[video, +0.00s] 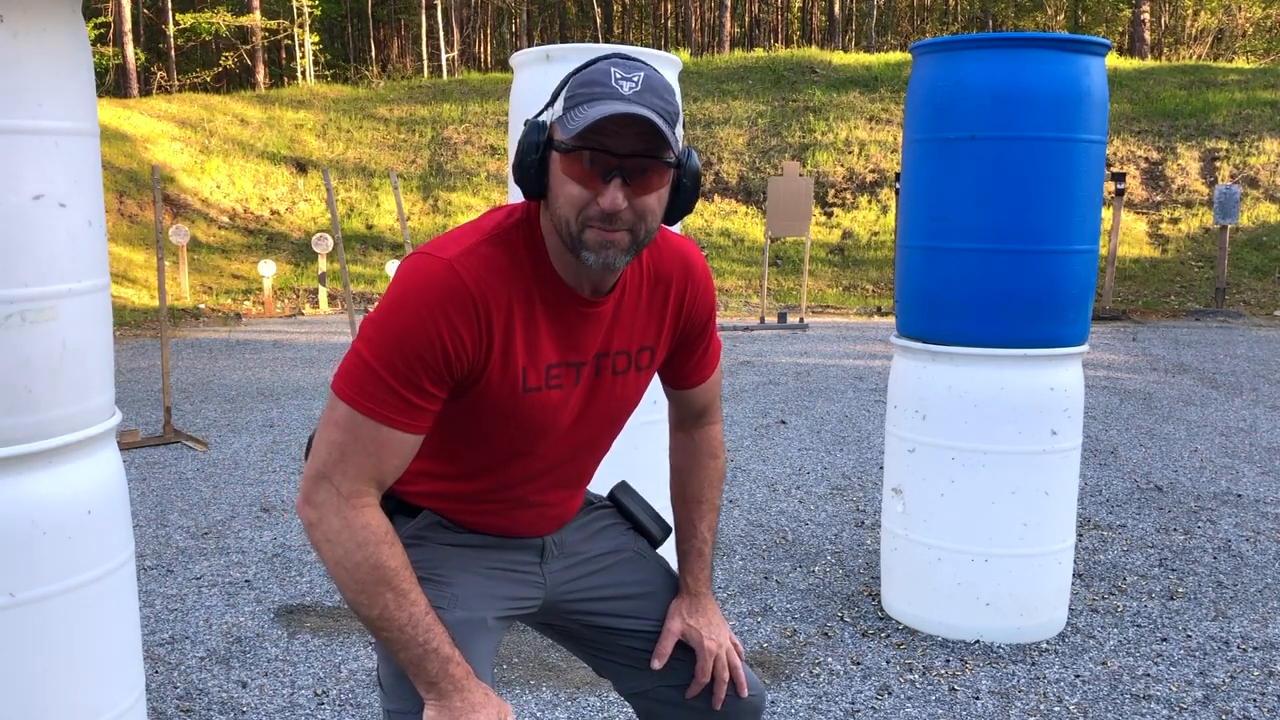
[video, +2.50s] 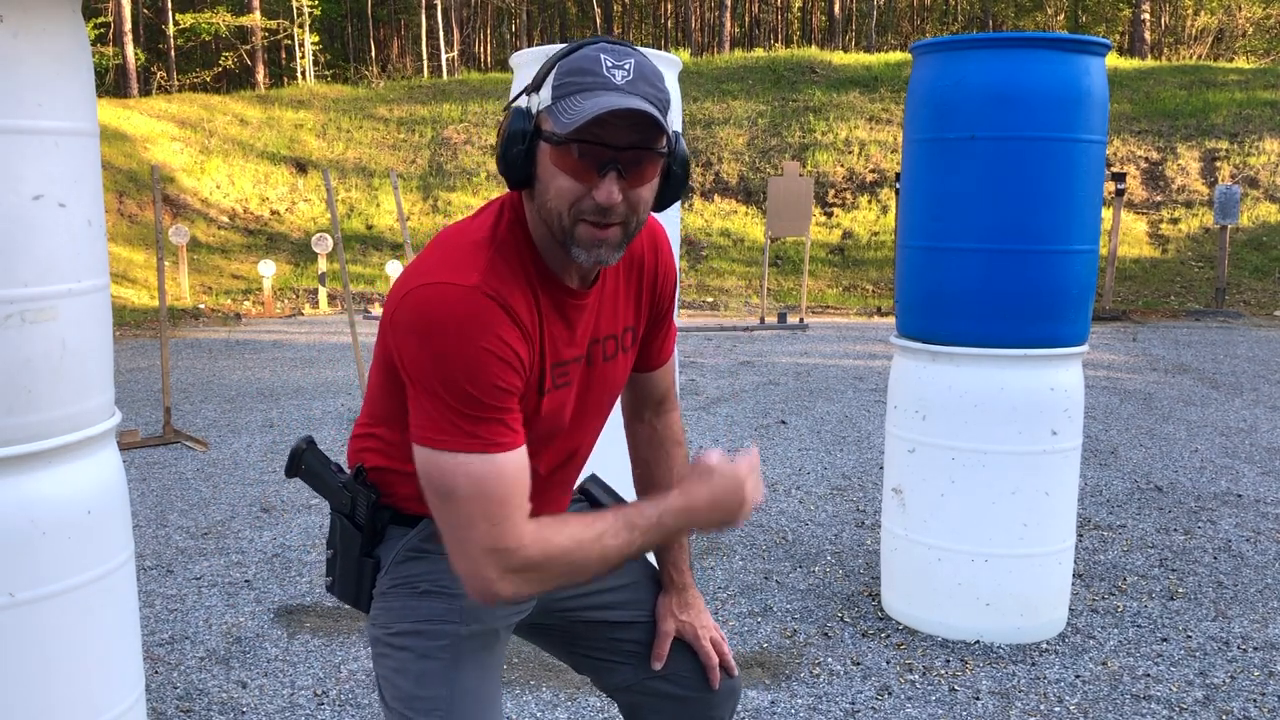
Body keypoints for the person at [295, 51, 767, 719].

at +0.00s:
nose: (612, 198)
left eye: (641, 171)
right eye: (590, 164)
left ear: (674, 181)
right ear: (543, 162)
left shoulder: (678, 275)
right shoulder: (448, 283)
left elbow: (698, 420)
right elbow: (333, 496)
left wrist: (696, 588)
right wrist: (450, 689)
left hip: (576, 527)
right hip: (445, 539)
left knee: (727, 700)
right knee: (440, 709)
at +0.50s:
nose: (606, 204)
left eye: (635, 174)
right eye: (582, 167)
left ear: (669, 183)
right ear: (534, 165)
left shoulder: (681, 280)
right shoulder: (441, 287)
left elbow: (703, 424)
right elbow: (330, 497)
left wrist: (700, 591)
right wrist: (446, 684)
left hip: (580, 530)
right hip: (446, 540)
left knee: (730, 702)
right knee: (439, 709)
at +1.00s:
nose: (606, 199)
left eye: (634, 170)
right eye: (581, 164)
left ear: (668, 179)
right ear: (533, 163)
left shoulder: (676, 275)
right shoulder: (441, 291)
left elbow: (694, 420)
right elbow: (330, 508)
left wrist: (696, 589)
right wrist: (466, 689)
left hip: (577, 528)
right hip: (444, 539)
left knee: (723, 699)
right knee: (435, 705)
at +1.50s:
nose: (583, 190)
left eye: (610, 157)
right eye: (557, 154)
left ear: (639, 165)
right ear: (503, 154)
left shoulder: (622, 252)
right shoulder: (445, 296)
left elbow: (626, 420)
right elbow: (610, 509)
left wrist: (661, 574)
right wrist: (722, 343)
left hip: (550, 537)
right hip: (426, 562)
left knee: (690, 686)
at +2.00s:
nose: (583, 200)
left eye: (610, 168)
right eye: (557, 164)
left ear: (641, 176)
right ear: (504, 162)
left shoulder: (628, 256)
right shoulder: (441, 303)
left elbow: (635, 424)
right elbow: (615, 508)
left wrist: (667, 581)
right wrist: (714, 338)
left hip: (552, 536)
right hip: (427, 560)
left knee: (695, 686)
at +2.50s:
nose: (609, 192)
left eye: (635, 162)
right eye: (584, 157)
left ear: (663, 170)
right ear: (527, 153)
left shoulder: (647, 255)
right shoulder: (461, 300)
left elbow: (653, 410)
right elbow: (497, 566)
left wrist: (678, 581)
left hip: (549, 515)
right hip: (426, 541)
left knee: (699, 690)